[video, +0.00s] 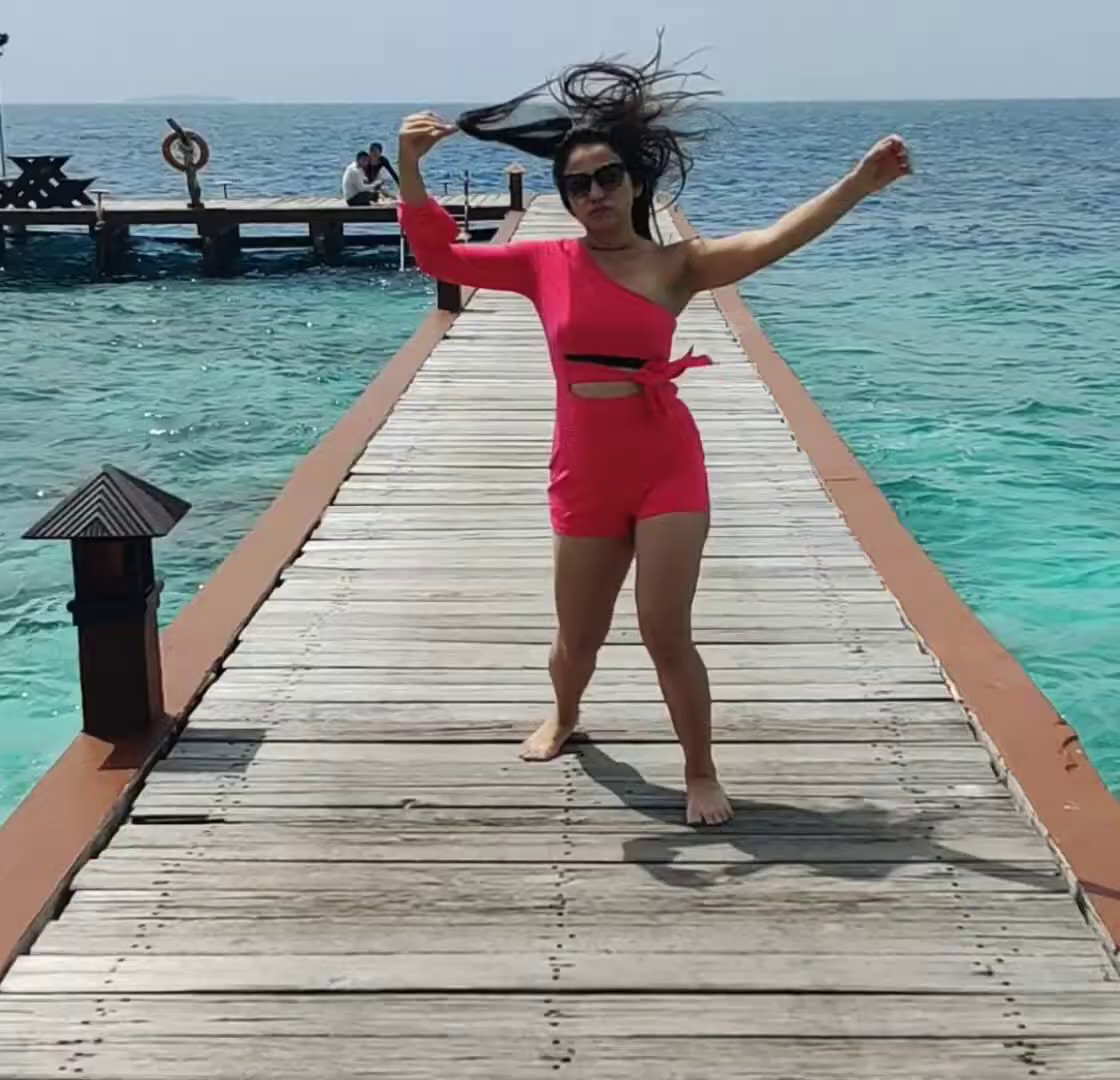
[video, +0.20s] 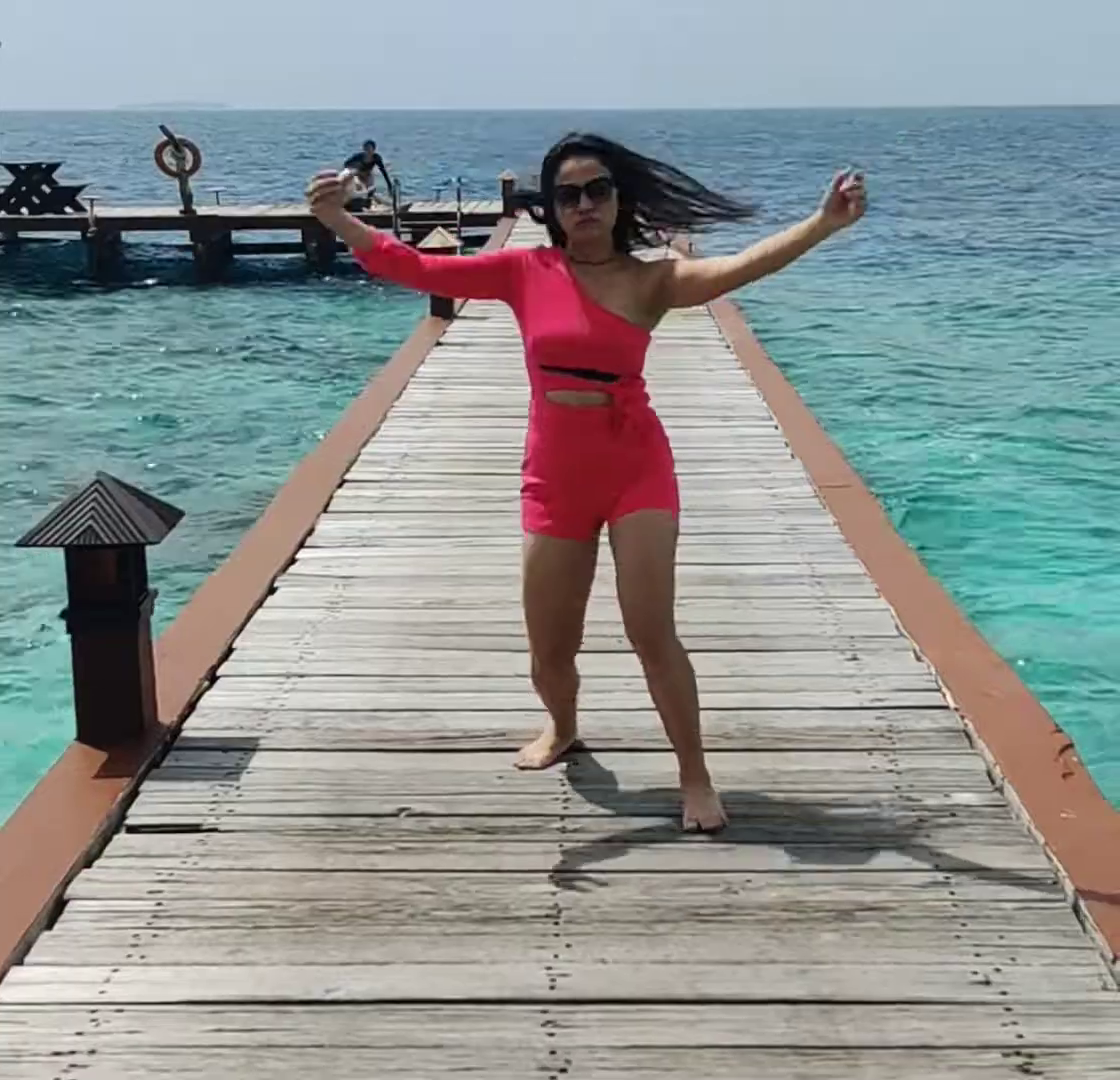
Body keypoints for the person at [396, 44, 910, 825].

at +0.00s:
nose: (595, 193)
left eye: (608, 177)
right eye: (578, 182)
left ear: (637, 181)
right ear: (563, 193)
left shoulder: (677, 264)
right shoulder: (545, 262)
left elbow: (770, 243)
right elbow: (444, 259)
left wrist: (855, 187)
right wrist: (409, 168)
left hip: (666, 465)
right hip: (582, 469)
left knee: (665, 631)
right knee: (577, 637)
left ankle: (700, 773)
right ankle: (563, 721)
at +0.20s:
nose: (584, 206)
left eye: (597, 191)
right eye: (569, 195)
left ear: (620, 198)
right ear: (551, 207)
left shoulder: (653, 279)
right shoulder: (524, 271)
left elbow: (741, 269)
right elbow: (418, 268)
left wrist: (823, 224)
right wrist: (341, 221)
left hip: (639, 467)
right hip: (555, 474)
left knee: (651, 631)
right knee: (550, 647)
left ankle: (696, 781)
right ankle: (562, 730)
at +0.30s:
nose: (574, 197)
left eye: (588, 183)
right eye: (559, 186)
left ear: (613, 194)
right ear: (542, 199)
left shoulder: (639, 281)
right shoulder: (515, 266)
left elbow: (721, 277)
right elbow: (412, 267)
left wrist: (809, 265)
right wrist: (316, 256)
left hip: (624, 459)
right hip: (540, 466)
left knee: (637, 611)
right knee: (535, 633)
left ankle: (688, 754)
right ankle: (557, 735)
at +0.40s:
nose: (576, 177)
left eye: (590, 165)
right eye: (561, 168)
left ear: (612, 176)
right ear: (545, 182)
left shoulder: (634, 256)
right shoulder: (520, 251)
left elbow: (671, 282)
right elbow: (434, 284)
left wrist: (726, 292)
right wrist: (342, 301)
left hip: (619, 440)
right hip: (539, 445)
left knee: (622, 590)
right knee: (540, 613)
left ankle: (665, 688)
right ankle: (558, 740)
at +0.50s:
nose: (591, 147)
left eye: (604, 133)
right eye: (575, 137)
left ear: (629, 140)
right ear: (558, 150)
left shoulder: (655, 208)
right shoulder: (540, 218)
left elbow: (632, 260)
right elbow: (518, 288)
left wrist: (596, 302)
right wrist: (497, 333)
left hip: (631, 414)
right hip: (552, 414)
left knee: (633, 583)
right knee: (554, 587)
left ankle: (667, 643)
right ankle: (566, 729)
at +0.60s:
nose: (596, 131)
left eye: (610, 117)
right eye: (580, 120)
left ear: (636, 120)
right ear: (564, 130)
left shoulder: (656, 180)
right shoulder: (549, 201)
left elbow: (610, 247)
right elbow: (558, 280)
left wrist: (528, 299)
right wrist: (593, 331)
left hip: (632, 400)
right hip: (551, 398)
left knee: (639, 567)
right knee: (553, 569)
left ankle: (670, 631)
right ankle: (566, 707)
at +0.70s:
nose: (630, 160)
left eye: (644, 145)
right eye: (615, 148)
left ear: (668, 149)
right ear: (599, 158)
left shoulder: (684, 193)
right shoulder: (588, 232)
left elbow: (636, 271)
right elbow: (612, 321)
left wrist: (543, 297)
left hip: (656, 422)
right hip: (579, 414)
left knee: (666, 565)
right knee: (574, 572)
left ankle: (697, 669)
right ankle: (599, 709)